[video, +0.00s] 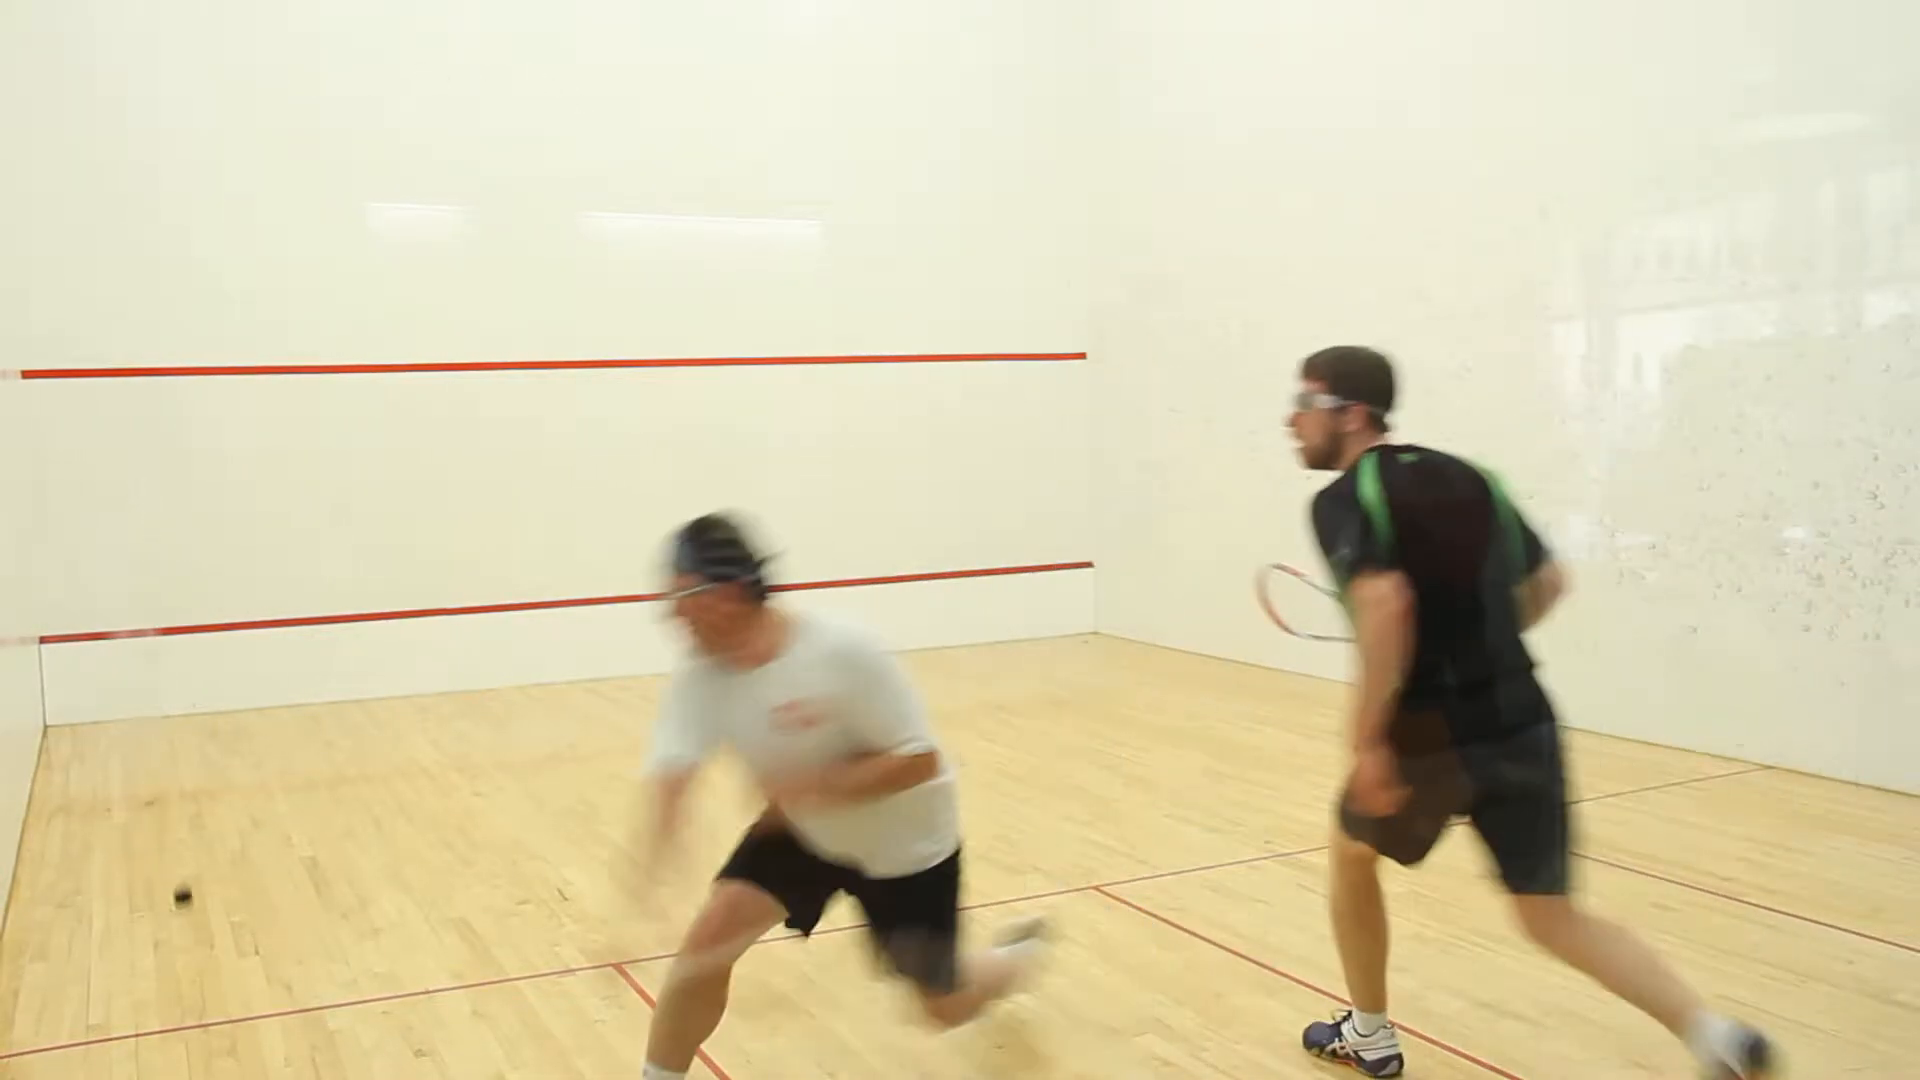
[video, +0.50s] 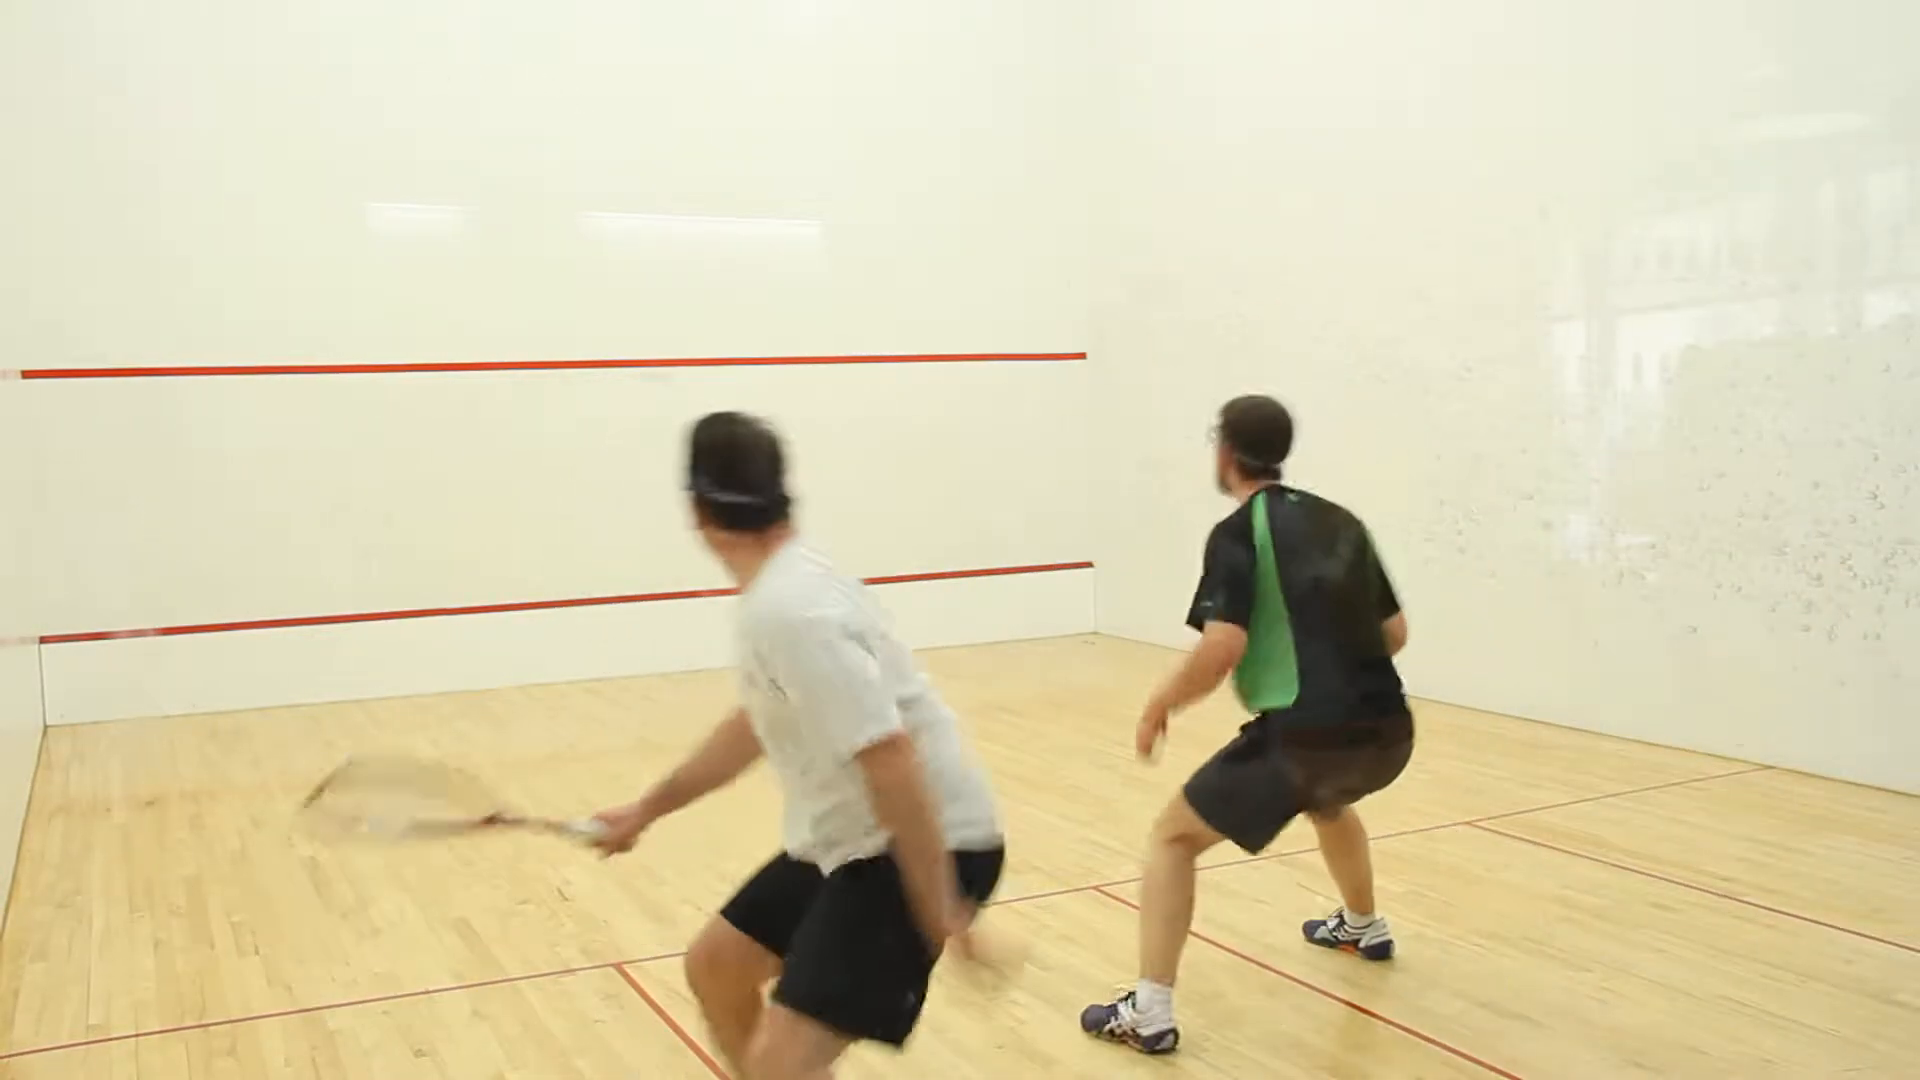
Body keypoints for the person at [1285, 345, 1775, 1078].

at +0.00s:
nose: (1291, 421)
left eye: (1304, 405)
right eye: (1295, 403)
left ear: (1352, 415)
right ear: (1369, 416)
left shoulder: (1345, 498)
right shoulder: (1466, 476)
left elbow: (1385, 602)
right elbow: (1544, 579)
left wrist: (1369, 741)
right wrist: (1469, 645)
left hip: (1428, 738)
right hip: (1516, 727)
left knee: (1352, 851)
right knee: (1549, 913)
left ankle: (1368, 1029)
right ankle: (1715, 1037)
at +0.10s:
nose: (1252, 401)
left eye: (1264, 388)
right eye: (1256, 386)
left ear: (1310, 399)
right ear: (1323, 400)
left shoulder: (1303, 485)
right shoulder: (1421, 461)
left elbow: (1322, 604)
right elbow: (1489, 563)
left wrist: (1277, 716)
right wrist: (1415, 619)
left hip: (1390, 711)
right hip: (1474, 701)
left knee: (1322, 843)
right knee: (1460, 864)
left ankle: (1365, 1025)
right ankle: (1613, 989)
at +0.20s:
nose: (1225, 373)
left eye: (1237, 360)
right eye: (1229, 359)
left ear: (1278, 371)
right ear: (1296, 372)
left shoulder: (1275, 451)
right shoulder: (1392, 434)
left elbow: (1295, 564)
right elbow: (1454, 538)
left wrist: (1238, 664)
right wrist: (1384, 586)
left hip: (1351, 682)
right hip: (1439, 670)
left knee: (1271, 803)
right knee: (1420, 814)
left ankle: (1322, 978)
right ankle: (1521, 973)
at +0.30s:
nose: (1212, 379)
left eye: (1217, 368)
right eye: (1216, 367)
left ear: (1239, 377)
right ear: (1284, 378)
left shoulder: (1247, 452)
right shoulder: (1359, 442)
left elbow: (1270, 563)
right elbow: (1419, 551)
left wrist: (1212, 656)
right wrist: (1348, 599)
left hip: (1322, 678)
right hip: (1409, 668)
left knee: (1228, 807)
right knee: (1396, 800)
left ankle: (1229, 984)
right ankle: (1443, 957)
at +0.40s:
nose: (1197, 429)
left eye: (1201, 418)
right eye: (1201, 416)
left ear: (1212, 428)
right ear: (1271, 430)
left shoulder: (1223, 506)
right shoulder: (1330, 494)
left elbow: (1242, 610)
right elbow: (1389, 601)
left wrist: (1181, 693)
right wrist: (1324, 643)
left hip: (1299, 711)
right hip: (1383, 702)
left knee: (1186, 829)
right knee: (1358, 802)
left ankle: (1149, 1007)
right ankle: (1389, 933)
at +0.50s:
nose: (1214, 456)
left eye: (1218, 445)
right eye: (1219, 443)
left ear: (1230, 454)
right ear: (1281, 453)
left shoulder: (1237, 533)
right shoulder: (1342, 521)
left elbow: (1223, 648)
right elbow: (1393, 631)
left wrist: (1162, 703)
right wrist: (1323, 654)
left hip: (1298, 738)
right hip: (1381, 729)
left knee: (1174, 837)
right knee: (1325, 794)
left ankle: (1150, 1009)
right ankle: (1364, 921)